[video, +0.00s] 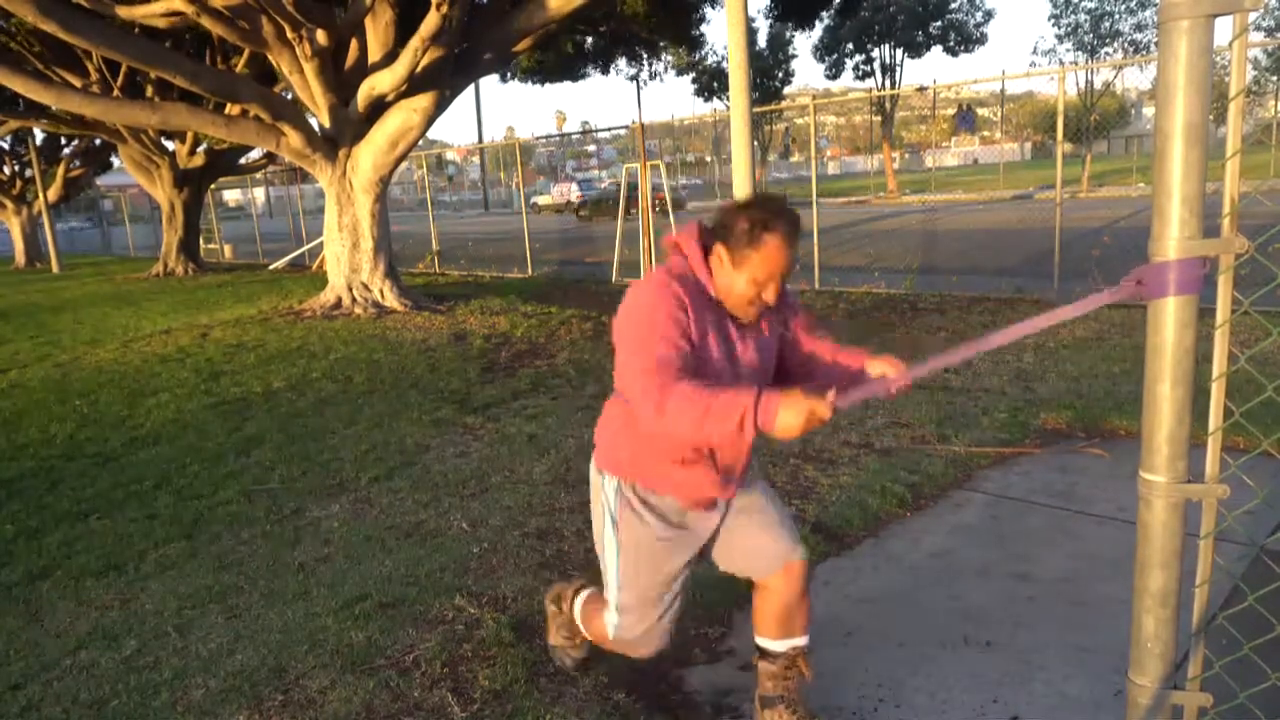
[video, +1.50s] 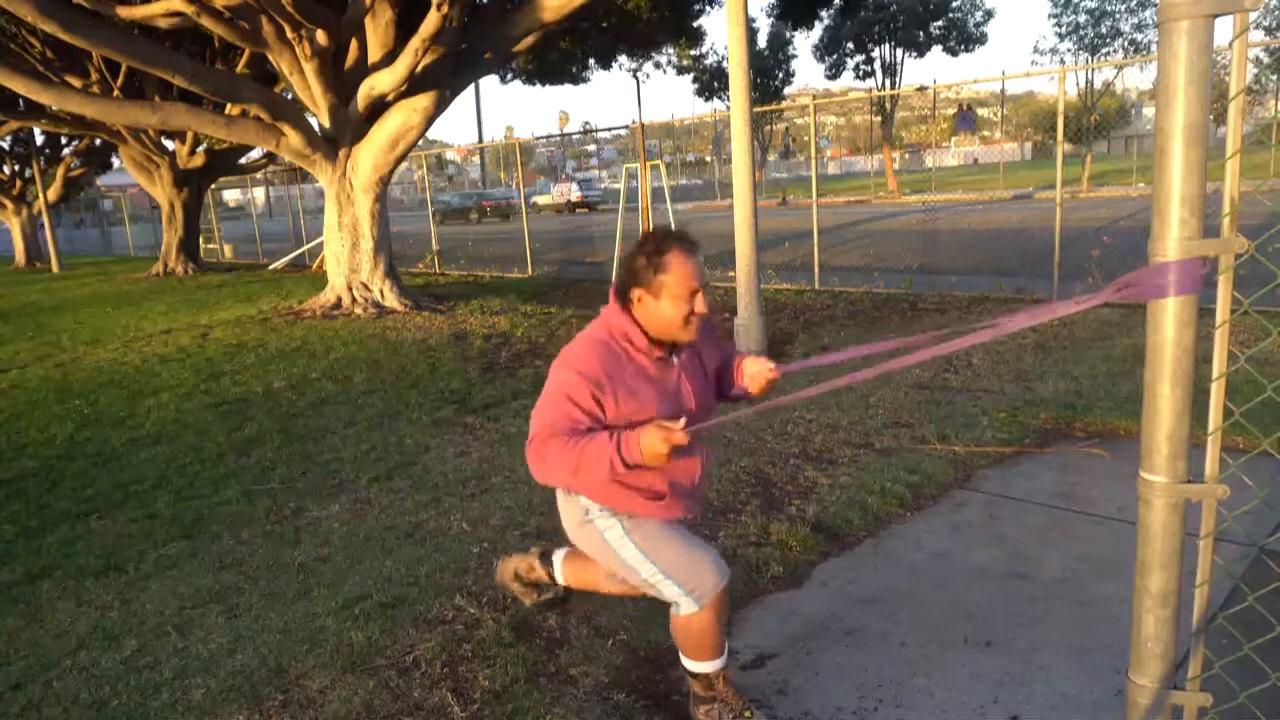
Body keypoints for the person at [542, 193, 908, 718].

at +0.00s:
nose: (772, 297)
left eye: (780, 283)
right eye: (760, 284)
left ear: (788, 269)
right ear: (719, 262)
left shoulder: (771, 305)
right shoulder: (655, 302)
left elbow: (804, 355)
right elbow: (660, 403)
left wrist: (863, 368)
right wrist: (761, 410)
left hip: (725, 476)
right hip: (643, 483)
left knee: (785, 566)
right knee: (639, 637)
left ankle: (779, 699)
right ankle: (571, 608)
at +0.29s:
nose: (793, 444)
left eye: (800, 431)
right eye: (784, 430)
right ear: (744, 408)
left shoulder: (770, 413)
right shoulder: (674, 430)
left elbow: (803, 464)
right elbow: (665, 540)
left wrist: (865, 466)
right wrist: (768, 532)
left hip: (717, 537)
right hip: (639, 554)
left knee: (780, 570)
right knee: (654, 693)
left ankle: (779, 702)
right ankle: (583, 620)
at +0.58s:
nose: (750, 299)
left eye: (753, 284)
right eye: (737, 287)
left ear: (757, 277)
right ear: (691, 281)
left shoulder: (750, 322)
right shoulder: (636, 332)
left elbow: (783, 379)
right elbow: (638, 431)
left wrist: (847, 392)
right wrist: (738, 418)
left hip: (721, 481)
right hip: (635, 498)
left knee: (779, 566)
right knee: (631, 640)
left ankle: (780, 697)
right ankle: (574, 610)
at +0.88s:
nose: (692, 178)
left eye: (695, 164)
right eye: (678, 165)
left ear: (696, 159)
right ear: (632, 163)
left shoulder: (686, 209)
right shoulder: (603, 216)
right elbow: (684, 262)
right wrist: (781, 289)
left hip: (671, 406)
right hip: (602, 413)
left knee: (698, 530)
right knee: (667, 555)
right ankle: (697, 692)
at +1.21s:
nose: (724, 303)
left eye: (723, 290)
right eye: (710, 293)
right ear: (663, 293)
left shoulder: (692, 335)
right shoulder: (604, 341)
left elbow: (713, 371)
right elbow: (566, 431)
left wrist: (754, 365)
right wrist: (660, 416)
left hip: (649, 506)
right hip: (591, 510)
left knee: (632, 599)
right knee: (707, 571)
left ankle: (545, 566)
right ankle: (715, 694)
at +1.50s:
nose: (702, 307)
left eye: (702, 293)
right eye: (690, 297)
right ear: (640, 301)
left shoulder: (688, 336)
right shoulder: (589, 359)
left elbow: (717, 372)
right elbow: (545, 451)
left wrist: (742, 373)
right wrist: (629, 445)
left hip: (661, 495)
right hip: (601, 504)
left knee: (645, 577)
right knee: (702, 581)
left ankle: (544, 568)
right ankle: (711, 695)